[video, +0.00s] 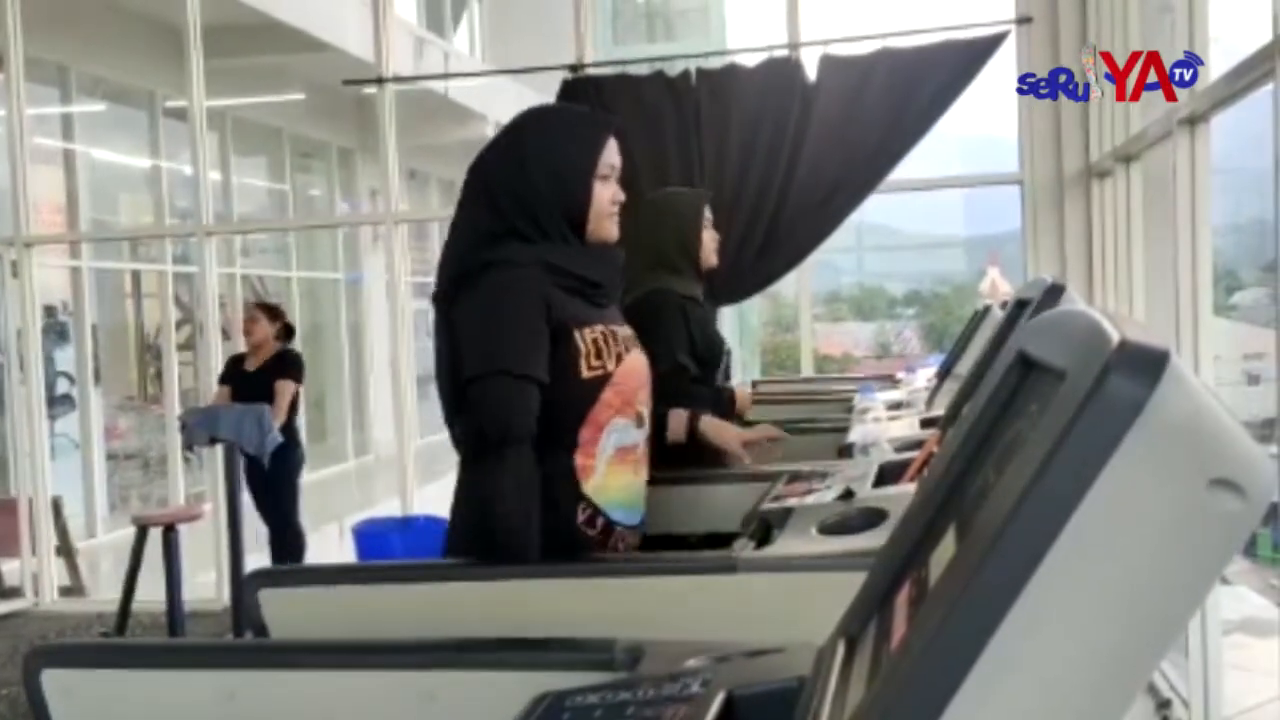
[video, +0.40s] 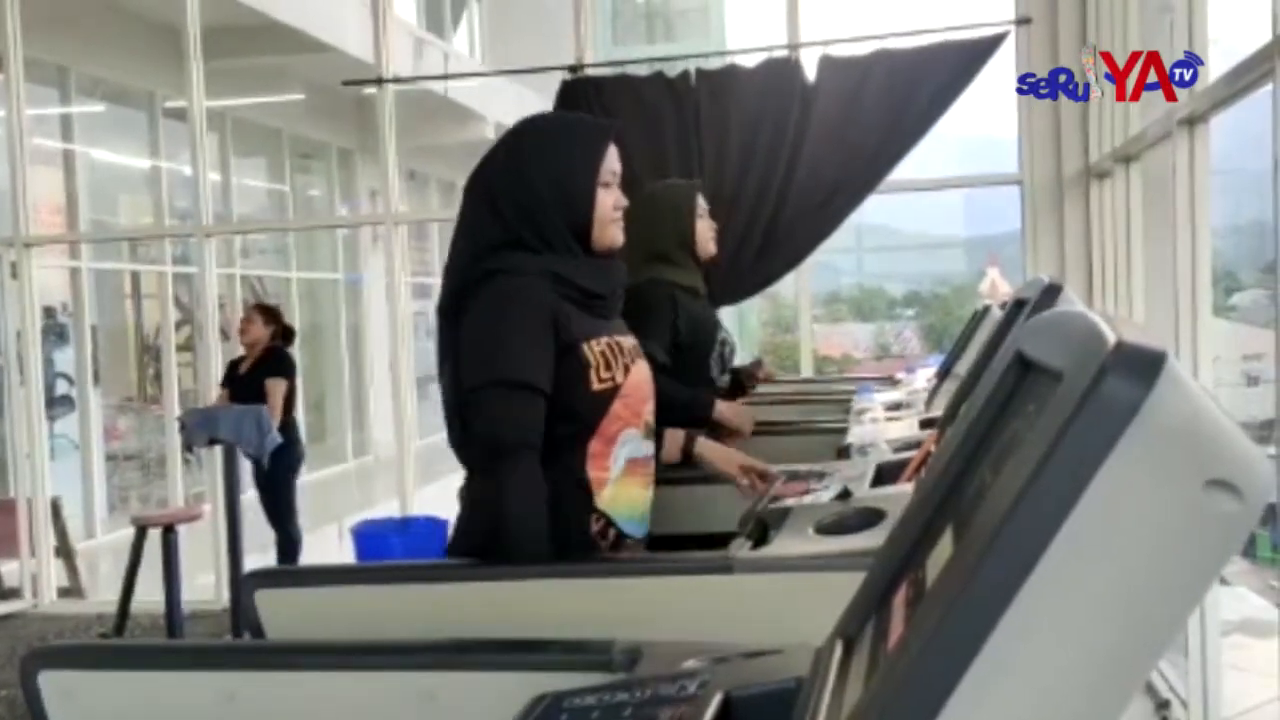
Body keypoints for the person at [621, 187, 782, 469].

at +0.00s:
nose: (716, 237)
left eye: (712, 227)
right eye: (708, 227)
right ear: (681, 234)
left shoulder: (686, 297)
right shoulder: (662, 303)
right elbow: (674, 392)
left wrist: (728, 397)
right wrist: (728, 401)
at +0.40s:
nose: (714, 226)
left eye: (709, 215)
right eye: (703, 215)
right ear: (676, 224)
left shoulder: (690, 290)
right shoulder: (658, 292)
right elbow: (648, 383)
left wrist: (742, 379)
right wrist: (716, 408)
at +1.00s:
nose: (716, 222)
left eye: (711, 212)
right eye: (706, 212)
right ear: (681, 220)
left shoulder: (683, 284)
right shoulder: (666, 289)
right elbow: (681, 377)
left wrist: (735, 380)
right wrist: (737, 382)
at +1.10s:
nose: (719, 228)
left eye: (714, 219)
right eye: (709, 219)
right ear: (684, 227)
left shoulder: (683, 290)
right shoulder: (669, 296)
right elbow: (683, 387)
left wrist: (736, 387)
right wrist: (739, 388)